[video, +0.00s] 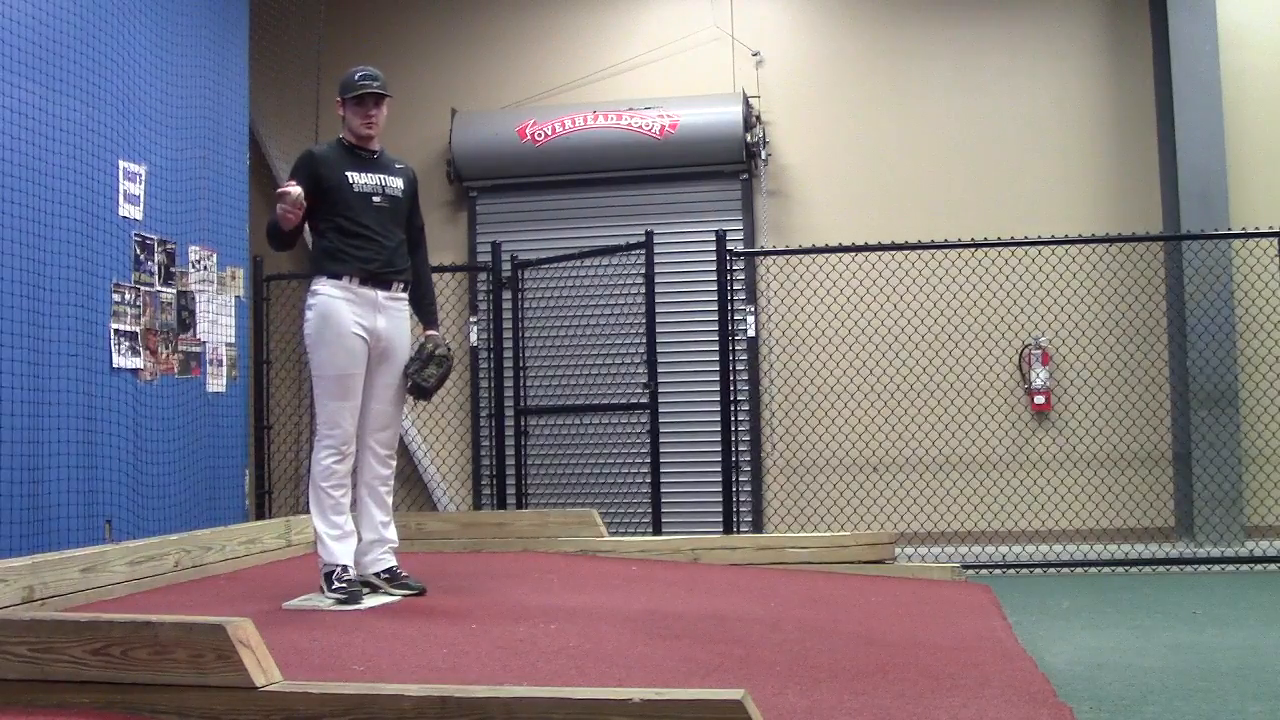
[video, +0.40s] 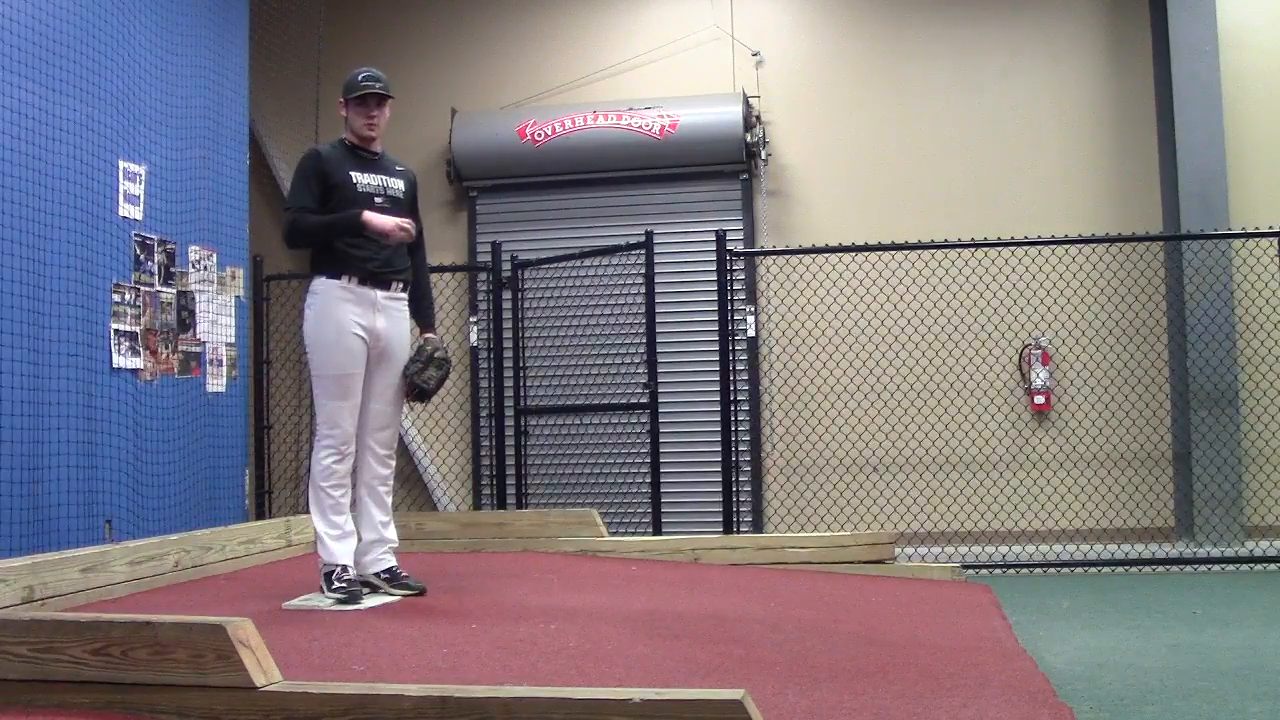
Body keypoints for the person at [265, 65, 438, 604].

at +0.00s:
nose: (370, 112)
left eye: (377, 103)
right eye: (361, 103)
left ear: (388, 109)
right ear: (341, 108)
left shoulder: (402, 174)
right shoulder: (316, 162)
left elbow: (417, 254)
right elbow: (280, 241)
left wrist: (430, 323)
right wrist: (285, 219)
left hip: (395, 308)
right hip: (338, 303)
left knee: (381, 443)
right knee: (337, 440)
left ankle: (377, 561)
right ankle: (337, 564)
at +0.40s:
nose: (373, 112)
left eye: (380, 104)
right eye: (363, 104)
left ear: (390, 110)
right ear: (344, 109)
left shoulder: (403, 176)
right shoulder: (320, 161)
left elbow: (416, 256)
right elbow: (294, 228)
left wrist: (426, 325)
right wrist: (364, 218)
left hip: (395, 308)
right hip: (338, 302)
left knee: (381, 441)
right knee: (338, 438)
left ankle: (377, 562)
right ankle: (337, 565)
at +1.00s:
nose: (373, 113)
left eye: (380, 104)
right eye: (363, 104)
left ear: (391, 111)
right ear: (345, 110)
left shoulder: (402, 177)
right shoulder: (320, 163)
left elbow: (415, 259)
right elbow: (299, 232)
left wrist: (423, 330)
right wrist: (366, 216)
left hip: (395, 310)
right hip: (338, 303)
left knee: (378, 440)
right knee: (337, 438)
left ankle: (376, 561)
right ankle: (335, 564)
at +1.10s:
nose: (373, 113)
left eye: (380, 105)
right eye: (363, 105)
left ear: (391, 111)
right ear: (345, 110)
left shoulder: (402, 177)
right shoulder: (320, 163)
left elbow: (415, 259)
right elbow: (299, 232)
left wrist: (424, 328)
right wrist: (366, 217)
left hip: (395, 310)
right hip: (338, 303)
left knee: (378, 440)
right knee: (337, 438)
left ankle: (376, 561)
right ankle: (335, 564)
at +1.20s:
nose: (373, 113)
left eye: (380, 105)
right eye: (363, 105)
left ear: (391, 111)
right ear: (345, 110)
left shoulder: (403, 177)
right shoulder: (320, 162)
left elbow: (415, 257)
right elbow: (299, 232)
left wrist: (424, 328)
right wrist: (366, 217)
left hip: (394, 310)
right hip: (338, 304)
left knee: (378, 441)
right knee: (337, 438)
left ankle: (376, 561)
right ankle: (335, 564)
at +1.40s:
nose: (373, 113)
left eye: (380, 104)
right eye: (363, 104)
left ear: (391, 111)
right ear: (345, 110)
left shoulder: (403, 176)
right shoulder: (320, 163)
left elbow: (416, 257)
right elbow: (298, 233)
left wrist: (426, 327)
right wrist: (366, 218)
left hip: (395, 309)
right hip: (338, 303)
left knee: (379, 440)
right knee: (338, 438)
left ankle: (376, 561)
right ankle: (336, 564)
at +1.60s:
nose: (373, 113)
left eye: (380, 104)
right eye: (363, 105)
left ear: (390, 111)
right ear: (344, 110)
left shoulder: (403, 176)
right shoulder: (320, 163)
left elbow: (417, 258)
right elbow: (298, 233)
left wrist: (426, 327)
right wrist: (364, 218)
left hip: (395, 309)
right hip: (339, 304)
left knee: (379, 441)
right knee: (338, 438)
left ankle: (377, 561)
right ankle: (336, 564)